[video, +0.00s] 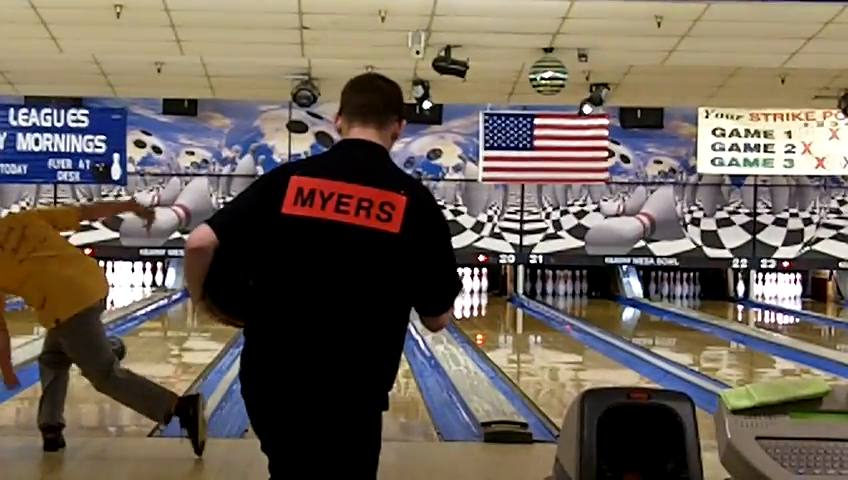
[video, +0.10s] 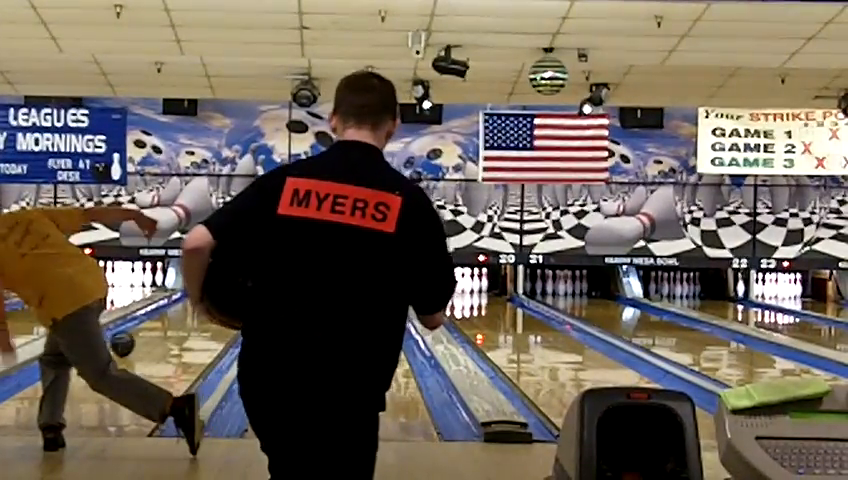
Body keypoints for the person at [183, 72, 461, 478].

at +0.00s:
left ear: (338, 121)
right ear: (398, 129)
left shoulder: (288, 177)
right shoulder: (416, 202)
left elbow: (199, 243)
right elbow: (436, 317)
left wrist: (204, 302)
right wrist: (407, 266)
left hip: (271, 381)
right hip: (355, 391)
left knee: (286, 475)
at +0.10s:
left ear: (334, 121)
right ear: (394, 126)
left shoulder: (284, 179)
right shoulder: (411, 203)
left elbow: (195, 244)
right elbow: (432, 316)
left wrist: (200, 304)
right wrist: (402, 265)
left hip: (270, 383)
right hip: (352, 391)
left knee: (285, 474)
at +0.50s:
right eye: (346, 80)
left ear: (291, 85)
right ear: (347, 86)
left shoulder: (252, 157)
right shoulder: (377, 162)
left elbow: (180, 229)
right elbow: (389, 272)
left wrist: (198, 290)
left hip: (261, 341)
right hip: (340, 340)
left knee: (271, 465)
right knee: (340, 464)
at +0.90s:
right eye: (330, 62)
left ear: (273, 69)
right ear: (330, 68)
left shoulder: (242, 146)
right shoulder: (363, 142)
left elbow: (189, 244)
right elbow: (385, 250)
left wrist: (222, 284)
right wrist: (357, 252)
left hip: (261, 333)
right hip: (337, 333)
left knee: (265, 465)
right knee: (331, 462)